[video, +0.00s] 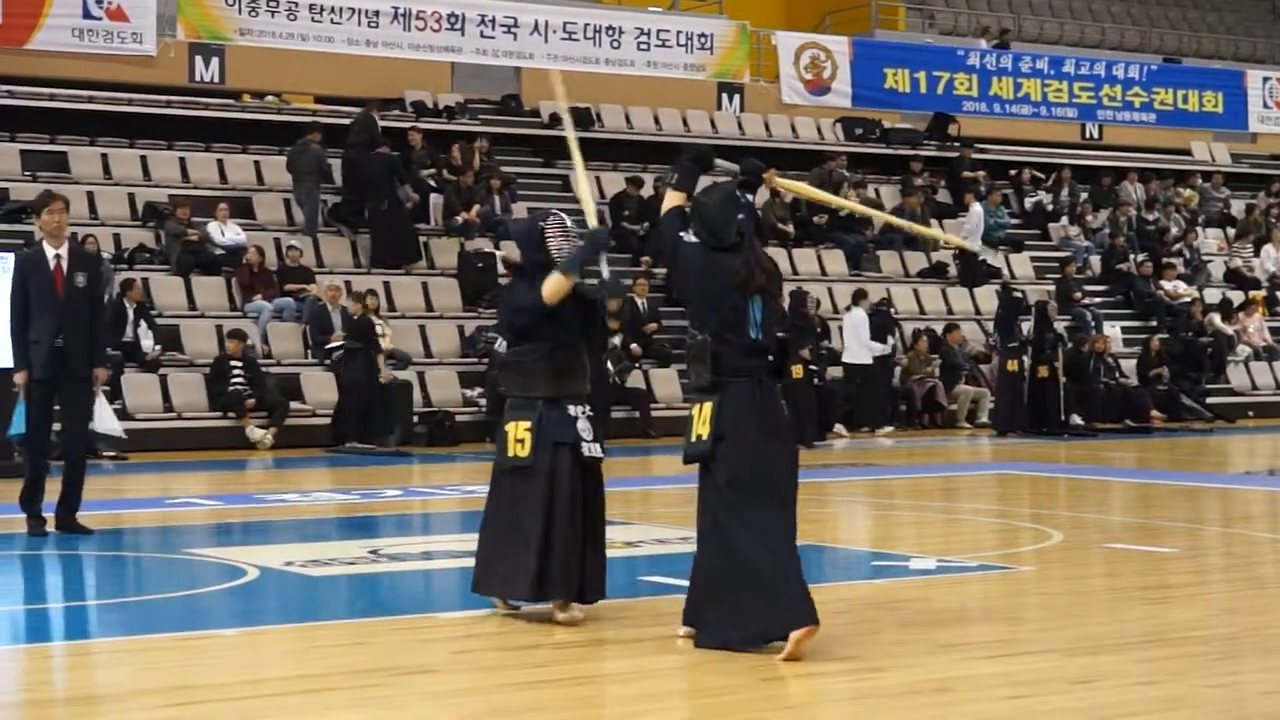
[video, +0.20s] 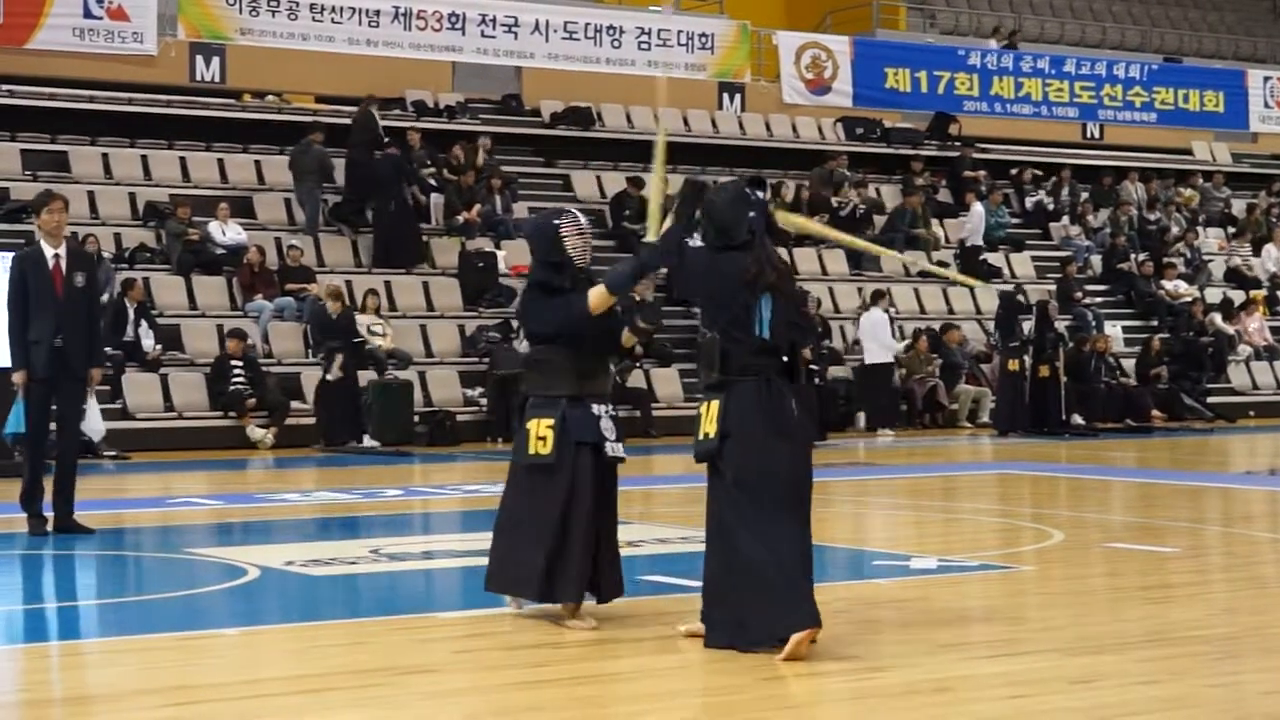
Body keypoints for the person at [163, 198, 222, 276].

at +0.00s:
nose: (184, 212)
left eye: (186, 209)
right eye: (181, 208)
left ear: (190, 211)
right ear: (175, 211)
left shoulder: (193, 224)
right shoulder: (170, 224)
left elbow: (205, 235)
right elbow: (175, 231)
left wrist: (197, 237)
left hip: (198, 251)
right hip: (181, 252)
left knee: (214, 262)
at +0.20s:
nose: (185, 211)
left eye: (187, 208)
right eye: (182, 208)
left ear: (190, 211)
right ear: (176, 210)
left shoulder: (194, 224)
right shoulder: (171, 223)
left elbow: (206, 235)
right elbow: (176, 230)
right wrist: (195, 231)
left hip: (199, 250)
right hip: (182, 251)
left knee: (215, 261)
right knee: (186, 263)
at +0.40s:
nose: (186, 211)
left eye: (188, 208)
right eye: (182, 207)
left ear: (191, 210)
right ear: (176, 210)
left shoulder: (194, 224)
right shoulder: (171, 223)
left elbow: (206, 234)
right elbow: (177, 230)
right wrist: (196, 231)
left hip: (199, 250)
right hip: (182, 251)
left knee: (215, 261)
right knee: (187, 263)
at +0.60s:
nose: (186, 210)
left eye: (188, 207)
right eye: (182, 207)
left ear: (191, 210)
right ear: (176, 210)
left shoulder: (195, 223)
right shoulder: (171, 222)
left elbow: (206, 234)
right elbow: (178, 230)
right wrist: (196, 231)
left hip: (200, 250)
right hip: (182, 251)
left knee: (215, 260)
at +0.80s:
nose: (186, 210)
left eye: (188, 207)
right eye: (183, 207)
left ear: (191, 209)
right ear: (177, 209)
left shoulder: (194, 223)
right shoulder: (172, 222)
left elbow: (206, 234)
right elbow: (178, 230)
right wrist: (197, 231)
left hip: (200, 250)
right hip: (183, 250)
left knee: (216, 260)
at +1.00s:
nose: (186, 210)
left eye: (188, 207)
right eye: (183, 207)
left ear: (191, 210)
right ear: (176, 210)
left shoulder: (194, 223)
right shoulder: (171, 222)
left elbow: (206, 234)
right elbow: (179, 230)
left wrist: (198, 236)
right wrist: (197, 231)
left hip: (200, 249)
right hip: (182, 250)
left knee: (215, 260)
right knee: (187, 262)